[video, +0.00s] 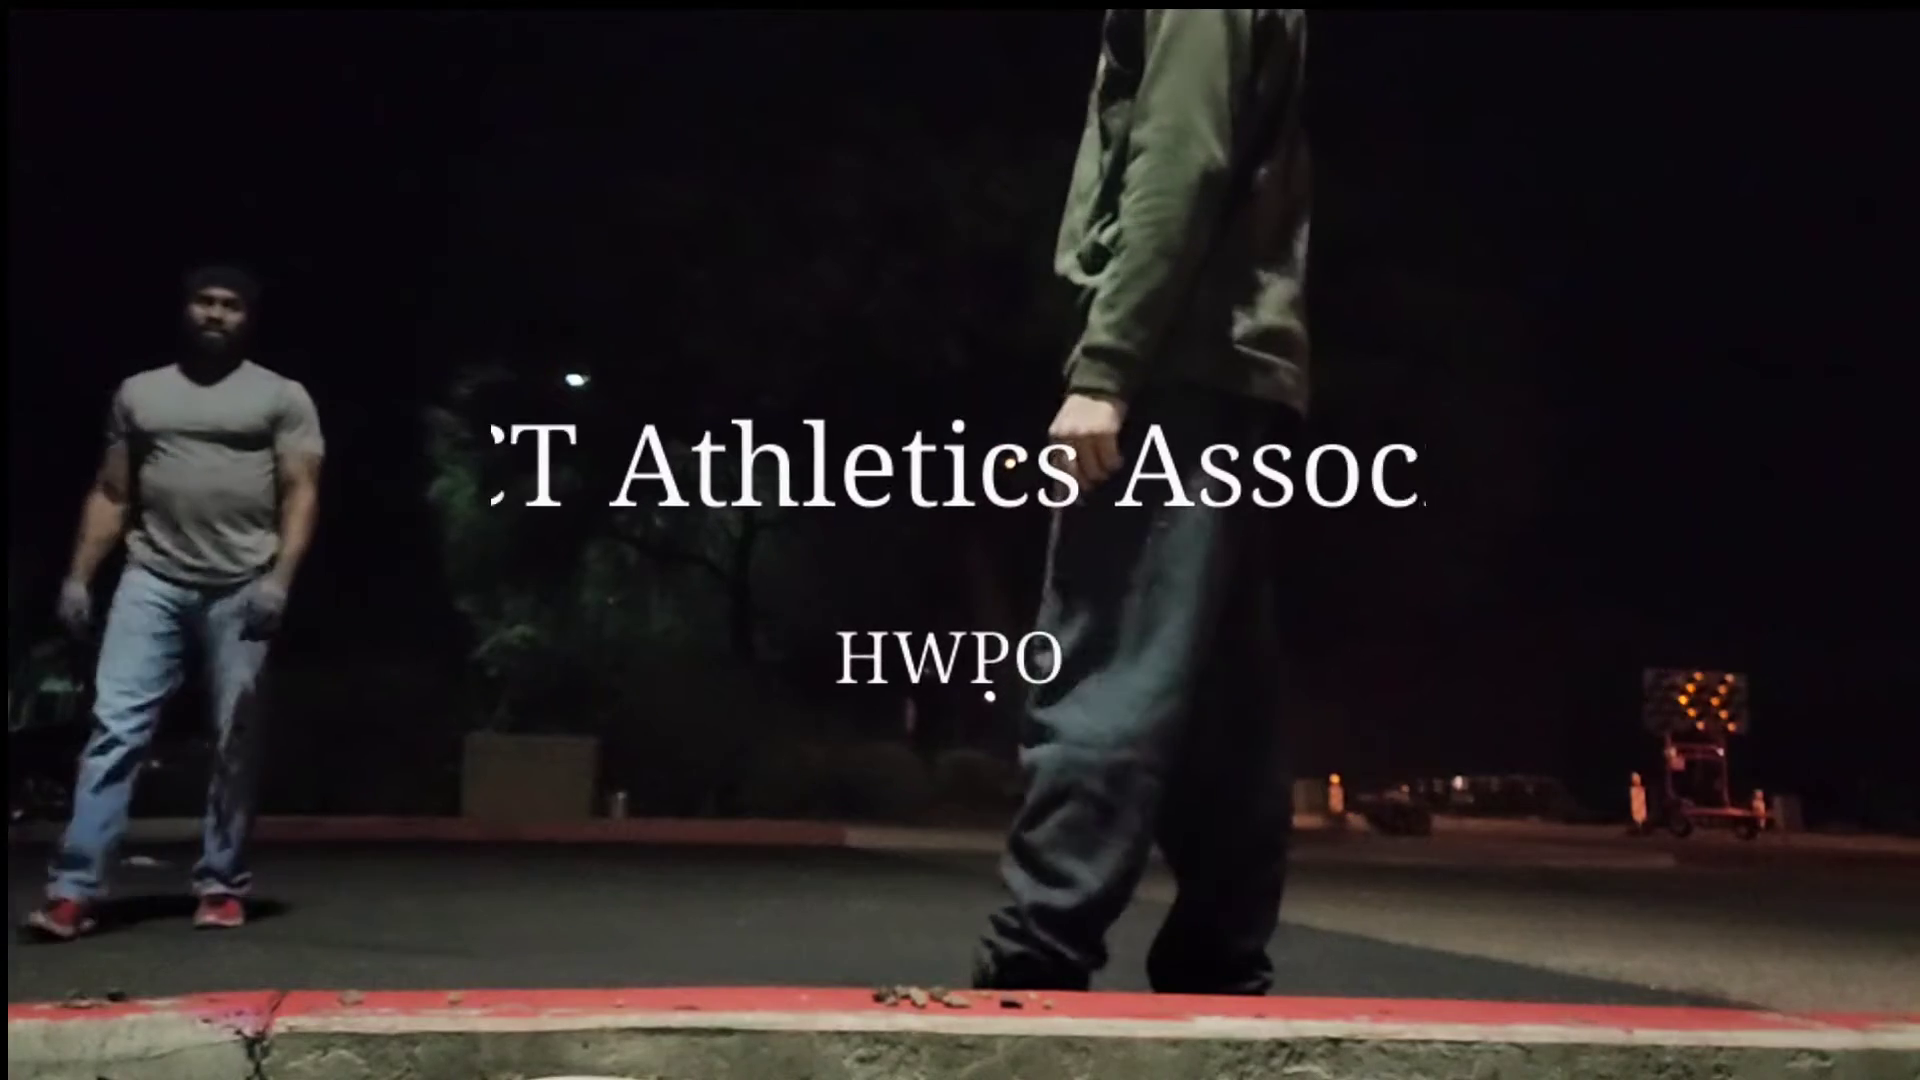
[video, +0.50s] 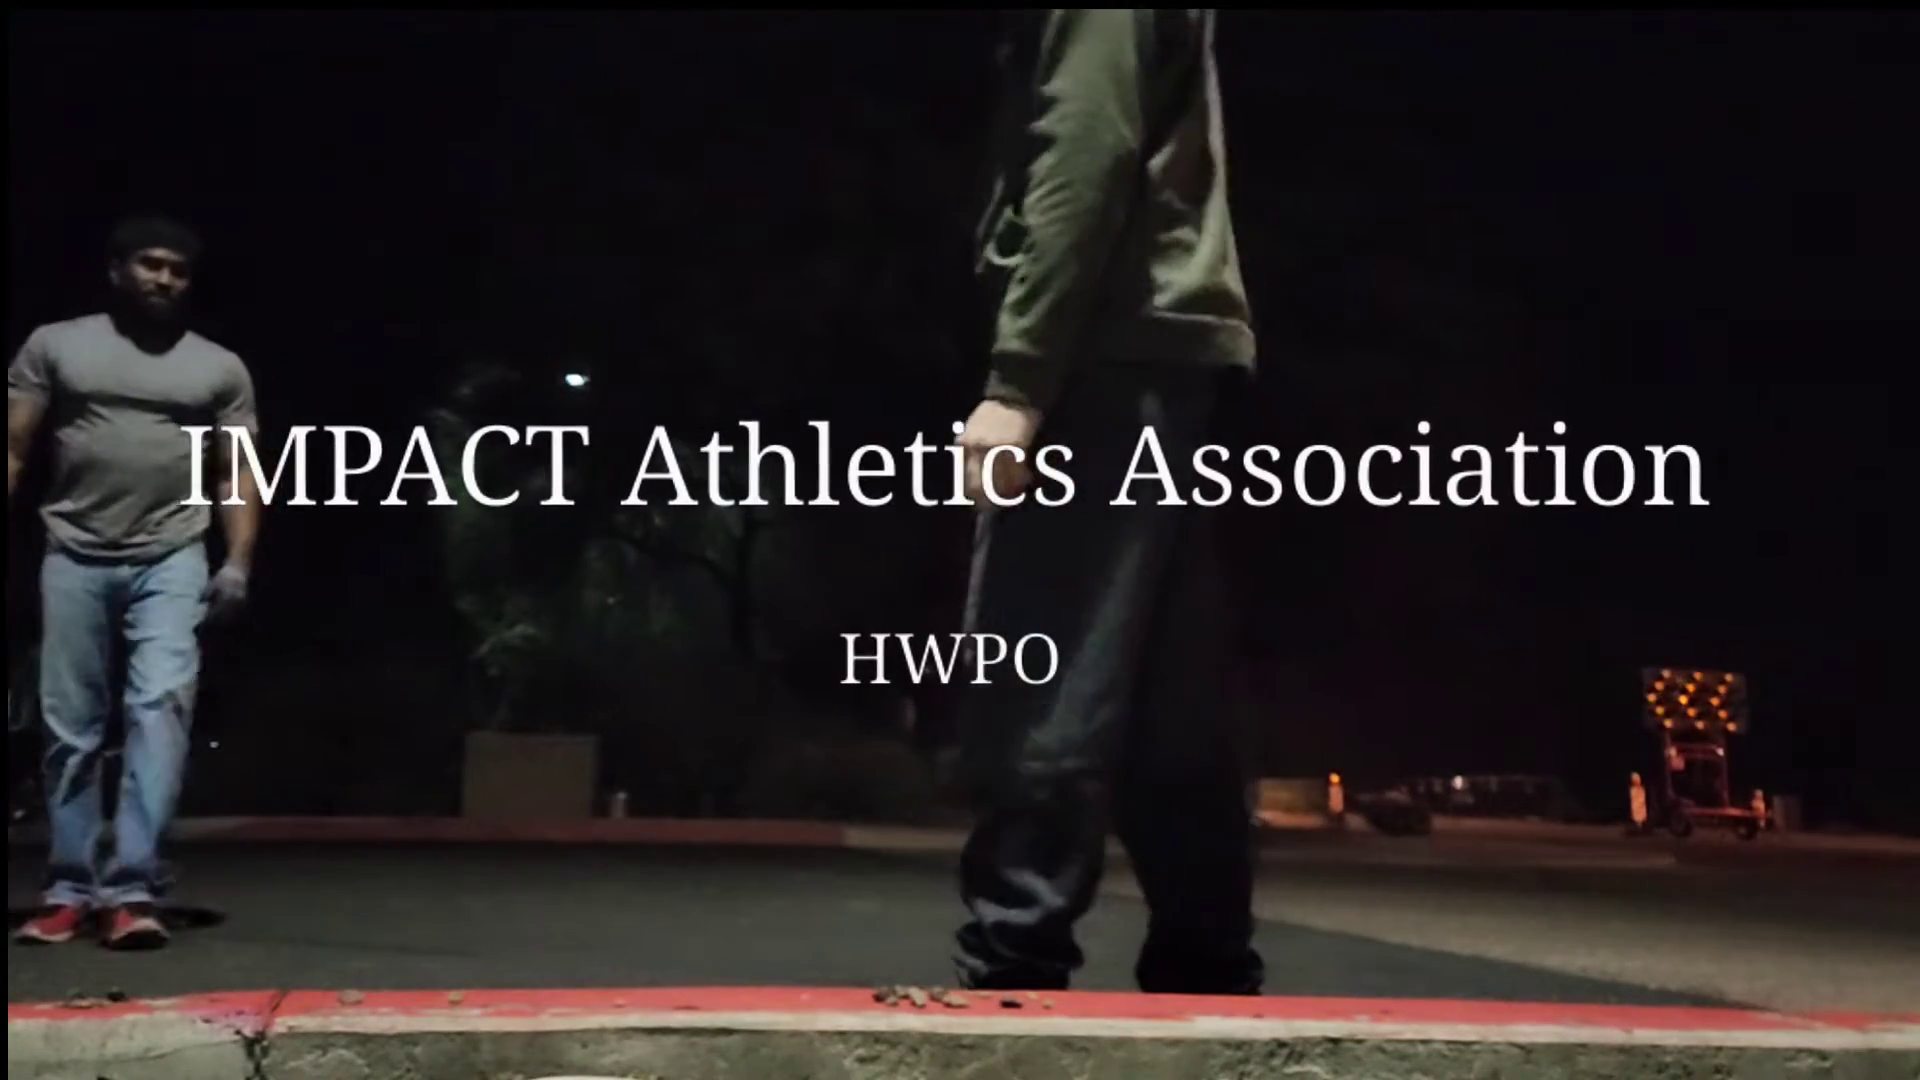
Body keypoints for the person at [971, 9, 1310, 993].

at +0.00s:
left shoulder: (1205, 18)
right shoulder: (1229, 29)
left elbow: (1178, 163)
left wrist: (1100, 376)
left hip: (1180, 367)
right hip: (1234, 372)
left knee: (1108, 666)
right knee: (1223, 684)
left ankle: (1037, 958)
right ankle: (1215, 970)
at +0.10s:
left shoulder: (1189, 18)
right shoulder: (1222, 31)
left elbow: (1169, 160)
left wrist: (1091, 377)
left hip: (1169, 367)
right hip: (1225, 371)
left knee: (1099, 668)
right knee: (1216, 683)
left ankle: (1034, 959)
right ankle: (1213, 970)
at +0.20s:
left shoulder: (1176, 19)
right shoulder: (1210, 32)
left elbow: (1154, 156)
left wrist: (1076, 377)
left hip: (1159, 366)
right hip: (1209, 369)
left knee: (1083, 667)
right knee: (1204, 682)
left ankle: (1027, 957)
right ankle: (1211, 971)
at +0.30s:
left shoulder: (1160, 20)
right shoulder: (1201, 35)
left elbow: (1138, 152)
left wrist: (1056, 377)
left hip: (1142, 367)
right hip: (1195, 369)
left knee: (1059, 669)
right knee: (1192, 684)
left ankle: (1018, 963)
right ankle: (1207, 976)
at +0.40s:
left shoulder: (1132, 19)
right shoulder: (1183, 33)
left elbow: (1114, 153)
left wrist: (1034, 381)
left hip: (1126, 359)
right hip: (1181, 359)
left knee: (1048, 662)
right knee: (1180, 677)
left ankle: (1012, 963)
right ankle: (1206, 978)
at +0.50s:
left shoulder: (1105, 20)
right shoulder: (1145, 31)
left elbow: (1088, 159)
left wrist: (1013, 386)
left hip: (1117, 353)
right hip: (1171, 351)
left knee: (1046, 656)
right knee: (1168, 666)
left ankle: (1014, 959)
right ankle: (1203, 969)